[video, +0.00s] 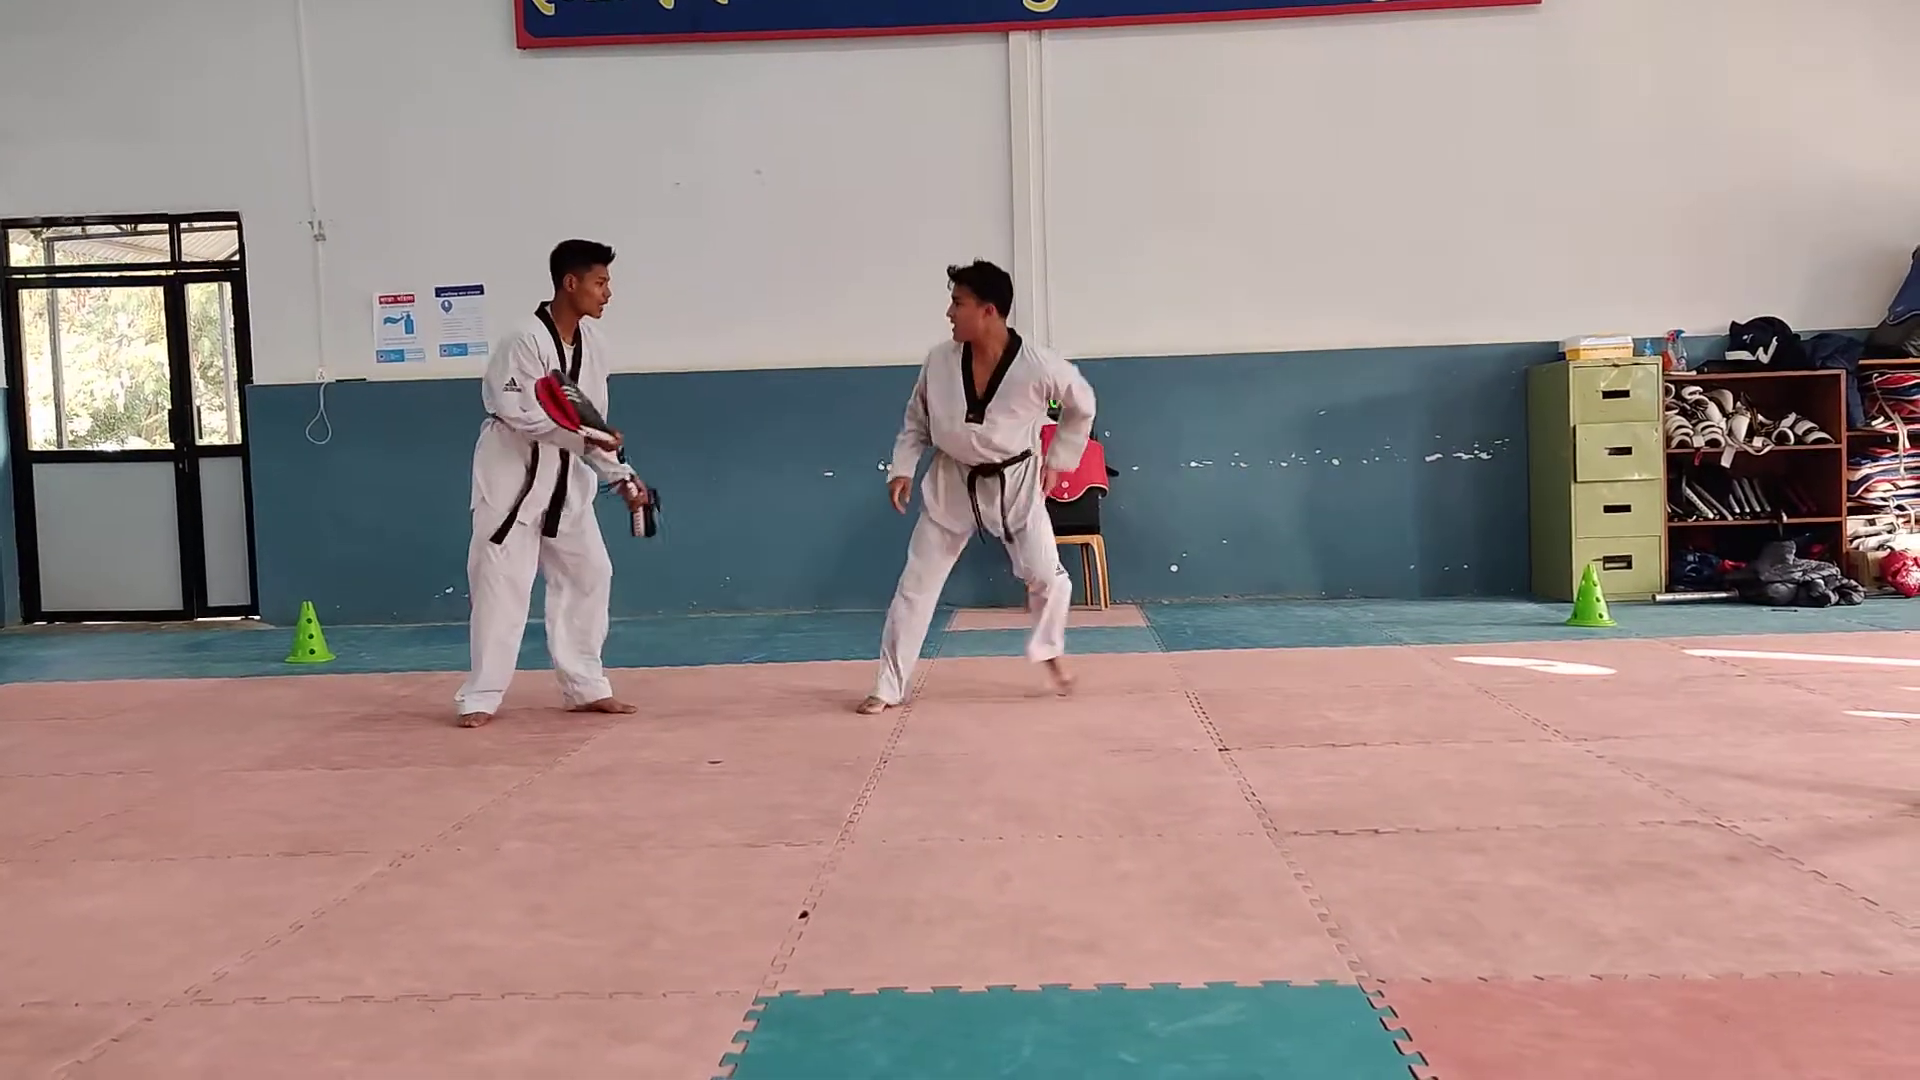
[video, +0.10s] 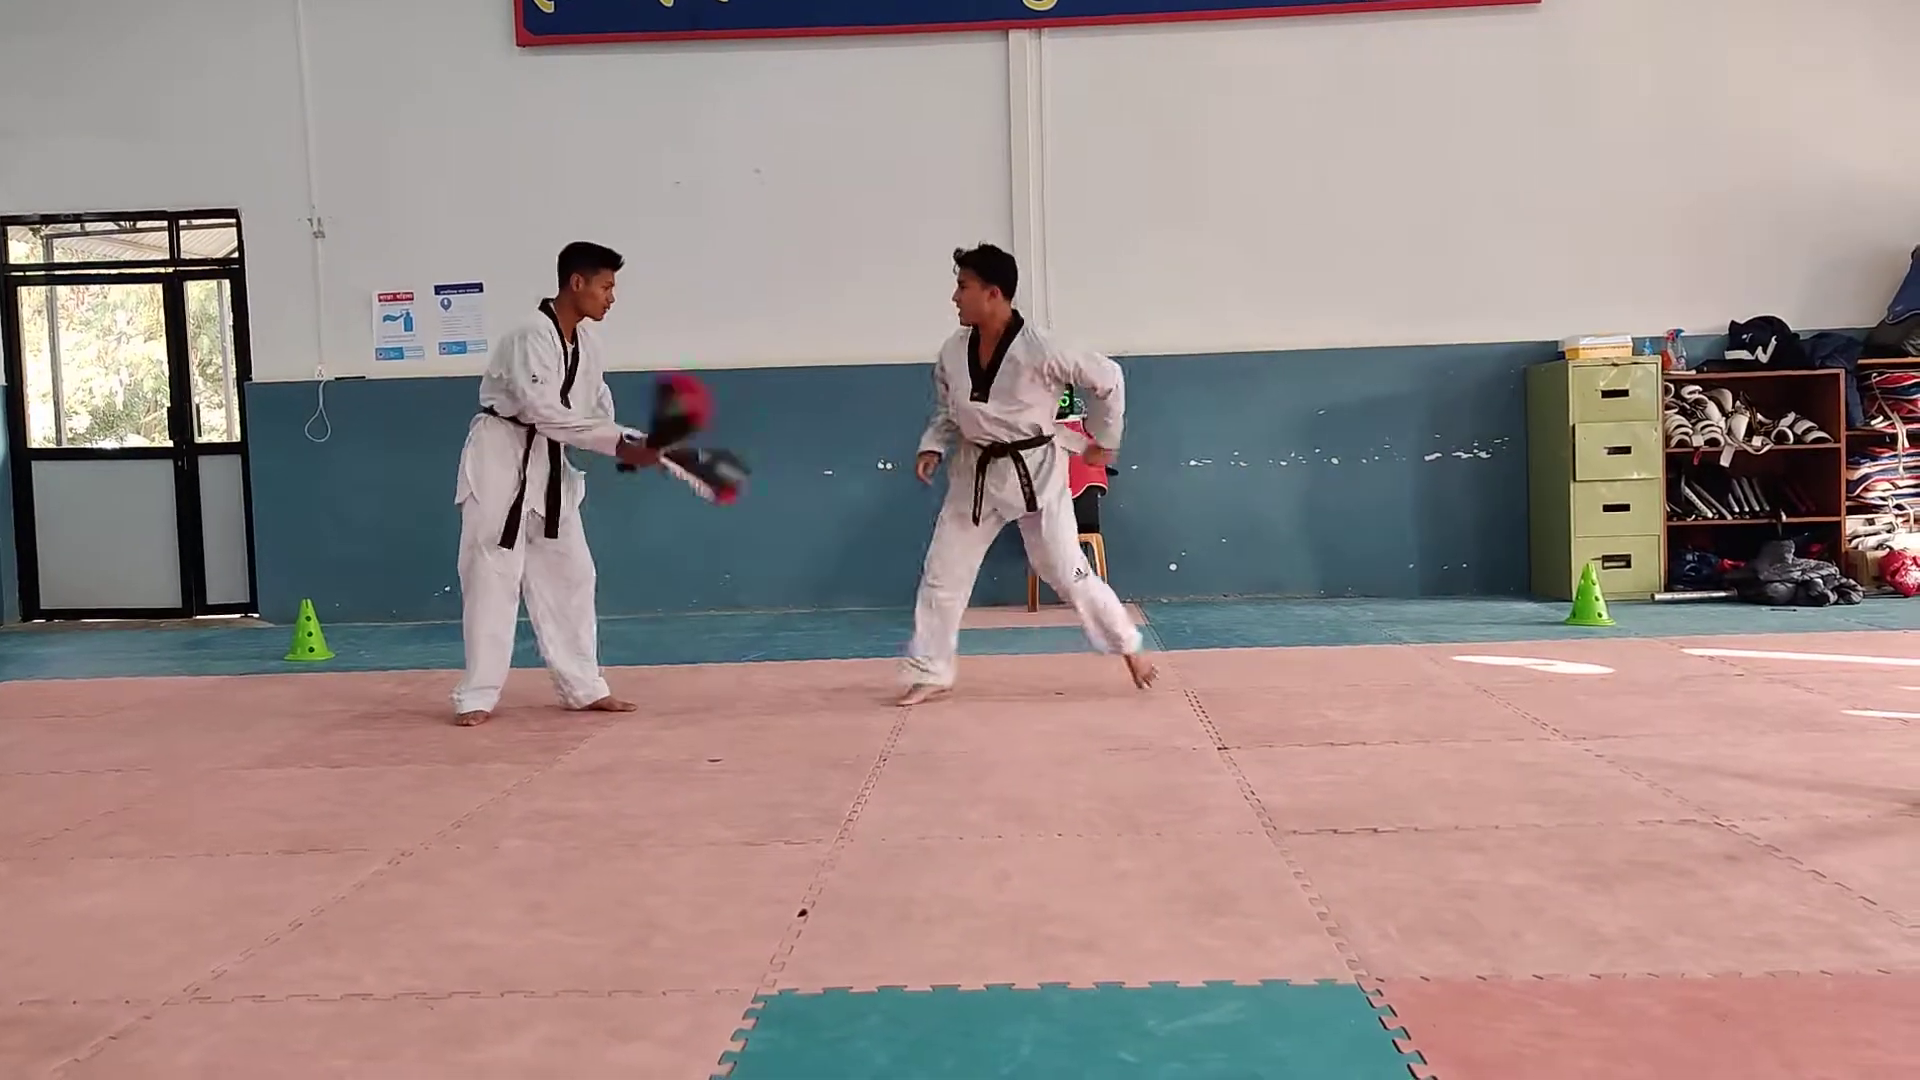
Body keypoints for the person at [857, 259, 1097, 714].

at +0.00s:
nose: (949, 311)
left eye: (957, 302)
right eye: (951, 301)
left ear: (988, 311)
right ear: (980, 311)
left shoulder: (1038, 365)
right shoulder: (940, 360)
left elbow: (1081, 405)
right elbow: (917, 418)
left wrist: (1061, 459)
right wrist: (903, 466)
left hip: (1017, 478)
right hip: (951, 477)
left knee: (1044, 575)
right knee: (914, 586)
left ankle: (1051, 651)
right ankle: (888, 687)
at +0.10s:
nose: (954, 296)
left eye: (963, 287)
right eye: (956, 286)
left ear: (994, 295)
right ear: (988, 294)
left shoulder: (1039, 348)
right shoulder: (954, 351)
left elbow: (1107, 377)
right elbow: (946, 407)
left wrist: (1104, 441)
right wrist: (933, 444)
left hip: (1036, 467)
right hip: (974, 469)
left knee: (1062, 569)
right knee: (943, 571)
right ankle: (932, 672)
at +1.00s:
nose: (943, 267)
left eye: (952, 258)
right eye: (947, 258)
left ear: (978, 265)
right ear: (976, 266)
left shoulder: (995, 326)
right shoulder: (950, 319)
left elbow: (941, 360)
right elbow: (931, 383)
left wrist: (885, 337)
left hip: (933, 457)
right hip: (892, 422)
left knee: (914, 572)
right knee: (798, 408)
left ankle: (919, 676)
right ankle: (716, 452)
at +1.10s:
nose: (921, 259)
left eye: (929, 249)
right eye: (923, 249)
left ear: (956, 257)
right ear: (952, 257)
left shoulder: (984, 320)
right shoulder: (919, 310)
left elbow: (970, 397)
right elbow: (904, 373)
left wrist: (895, 396)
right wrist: (891, 385)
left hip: (932, 450)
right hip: (882, 431)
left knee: (925, 567)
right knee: (787, 468)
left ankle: (951, 668)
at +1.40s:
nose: (813, 306)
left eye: (821, 297)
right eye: (816, 296)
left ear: (848, 309)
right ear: (844, 309)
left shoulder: (880, 375)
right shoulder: (827, 365)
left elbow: (853, 457)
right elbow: (833, 443)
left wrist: (778, 477)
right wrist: (818, 489)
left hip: (891, 491)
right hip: (837, 489)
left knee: (913, 600)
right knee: (779, 566)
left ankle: (981, 677)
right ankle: (775, 685)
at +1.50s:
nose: (786, 294)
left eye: (795, 285)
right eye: (790, 284)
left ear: (820, 297)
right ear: (821, 298)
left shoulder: (828, 359)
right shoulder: (813, 355)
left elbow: (772, 428)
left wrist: (724, 386)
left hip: (851, 480)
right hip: (811, 484)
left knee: (890, 591)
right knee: (760, 571)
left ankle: (978, 665)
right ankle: (772, 685)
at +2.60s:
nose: (774, 279)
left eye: (779, 270)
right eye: (775, 269)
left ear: (802, 274)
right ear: (818, 276)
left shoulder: (812, 321)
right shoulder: (854, 322)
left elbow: (838, 384)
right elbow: (806, 383)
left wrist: (795, 424)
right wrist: (767, 356)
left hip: (842, 453)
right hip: (884, 447)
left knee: (793, 564)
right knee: (905, 563)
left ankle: (846, 659)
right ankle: (946, 654)